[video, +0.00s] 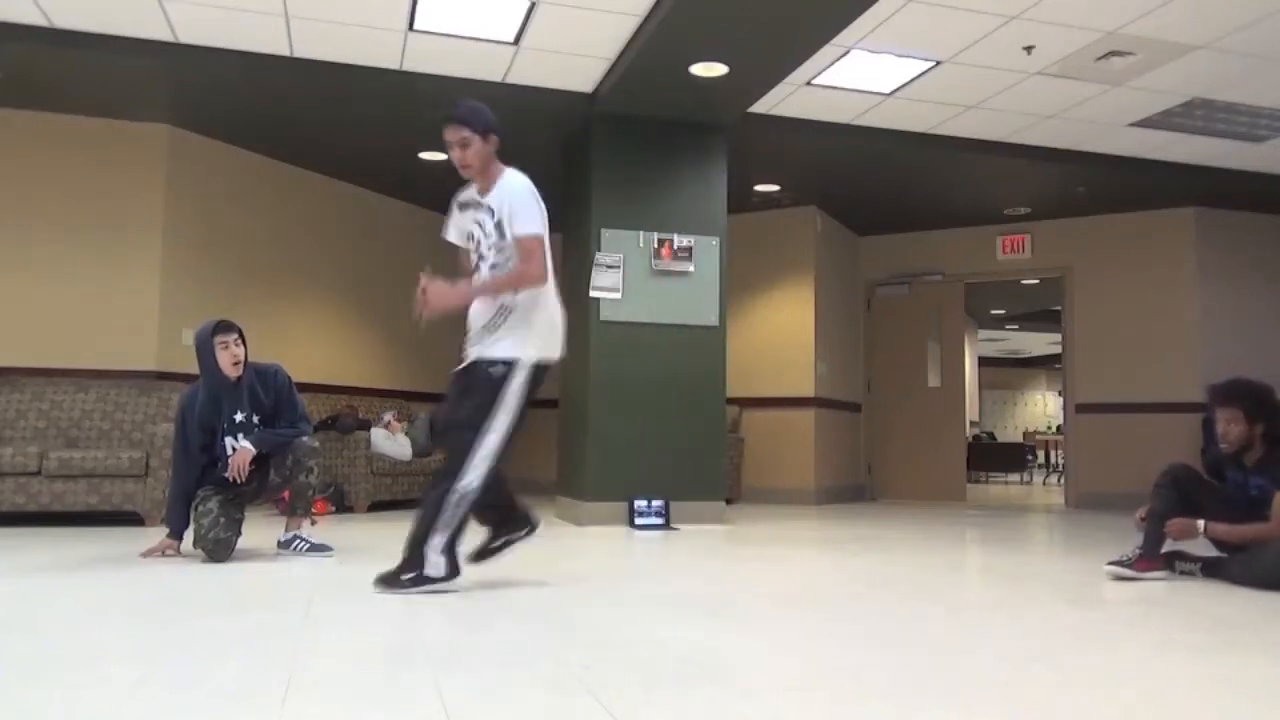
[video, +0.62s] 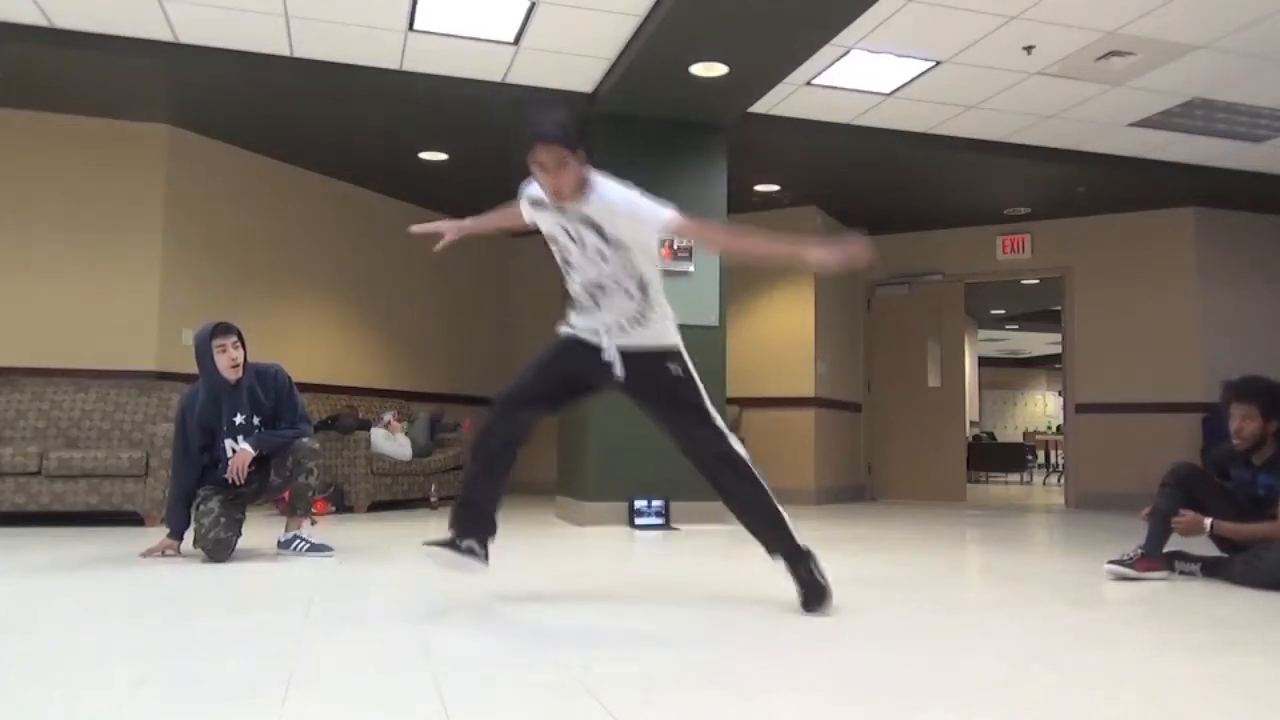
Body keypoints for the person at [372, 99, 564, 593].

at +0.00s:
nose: (457, 155)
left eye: (465, 144)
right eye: (451, 147)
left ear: (491, 141)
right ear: (449, 150)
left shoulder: (516, 190)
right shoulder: (465, 202)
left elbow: (534, 271)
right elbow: (476, 275)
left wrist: (461, 291)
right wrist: (445, 294)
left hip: (524, 340)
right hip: (488, 340)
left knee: (475, 444)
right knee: (451, 430)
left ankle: (432, 559)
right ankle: (508, 517)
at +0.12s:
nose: (451, 166)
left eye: (457, 154)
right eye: (442, 158)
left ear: (483, 149)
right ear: (437, 161)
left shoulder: (517, 198)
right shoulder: (457, 211)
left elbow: (529, 287)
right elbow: (464, 290)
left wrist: (454, 307)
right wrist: (435, 307)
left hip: (548, 330)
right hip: (510, 331)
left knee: (502, 433)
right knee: (483, 434)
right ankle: (496, 558)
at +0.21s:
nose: (459, 185)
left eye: (467, 172)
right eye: (450, 176)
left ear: (490, 168)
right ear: (444, 177)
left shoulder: (520, 218)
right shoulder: (460, 232)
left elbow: (546, 299)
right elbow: (469, 320)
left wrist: (538, 366)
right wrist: (444, 392)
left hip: (553, 354)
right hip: (509, 356)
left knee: (524, 459)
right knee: (478, 450)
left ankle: (622, 530)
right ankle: (500, 560)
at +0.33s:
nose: (472, 170)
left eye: (479, 157)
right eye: (463, 160)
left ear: (500, 154)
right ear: (454, 165)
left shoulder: (536, 202)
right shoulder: (466, 221)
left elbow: (586, 260)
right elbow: (490, 290)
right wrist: (464, 343)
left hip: (564, 355)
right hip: (511, 356)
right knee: (483, 454)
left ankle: (684, 534)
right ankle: (498, 561)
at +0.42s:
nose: (496, 151)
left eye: (503, 137)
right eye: (486, 143)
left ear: (525, 130)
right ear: (479, 145)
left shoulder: (563, 170)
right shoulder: (487, 186)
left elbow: (648, 205)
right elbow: (502, 229)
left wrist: (737, 221)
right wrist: (461, 257)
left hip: (591, 328)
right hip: (529, 333)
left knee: (653, 430)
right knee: (489, 423)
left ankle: (721, 533)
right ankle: (487, 533)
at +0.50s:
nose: (513, 149)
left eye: (521, 136)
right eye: (503, 140)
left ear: (544, 130)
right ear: (495, 140)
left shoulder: (582, 167)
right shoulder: (503, 175)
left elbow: (666, 193)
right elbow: (505, 201)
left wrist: (762, 199)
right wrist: (463, 226)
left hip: (610, 317)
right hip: (549, 317)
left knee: (678, 427)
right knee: (490, 408)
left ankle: (751, 532)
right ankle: (486, 520)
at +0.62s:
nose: (549, 180)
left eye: (557, 167)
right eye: (541, 170)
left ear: (581, 160)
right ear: (534, 168)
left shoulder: (617, 201)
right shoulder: (537, 196)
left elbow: (711, 234)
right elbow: (518, 216)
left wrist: (809, 252)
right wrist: (462, 226)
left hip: (651, 347)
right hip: (584, 342)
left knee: (717, 453)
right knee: (510, 412)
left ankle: (797, 561)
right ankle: (471, 532)